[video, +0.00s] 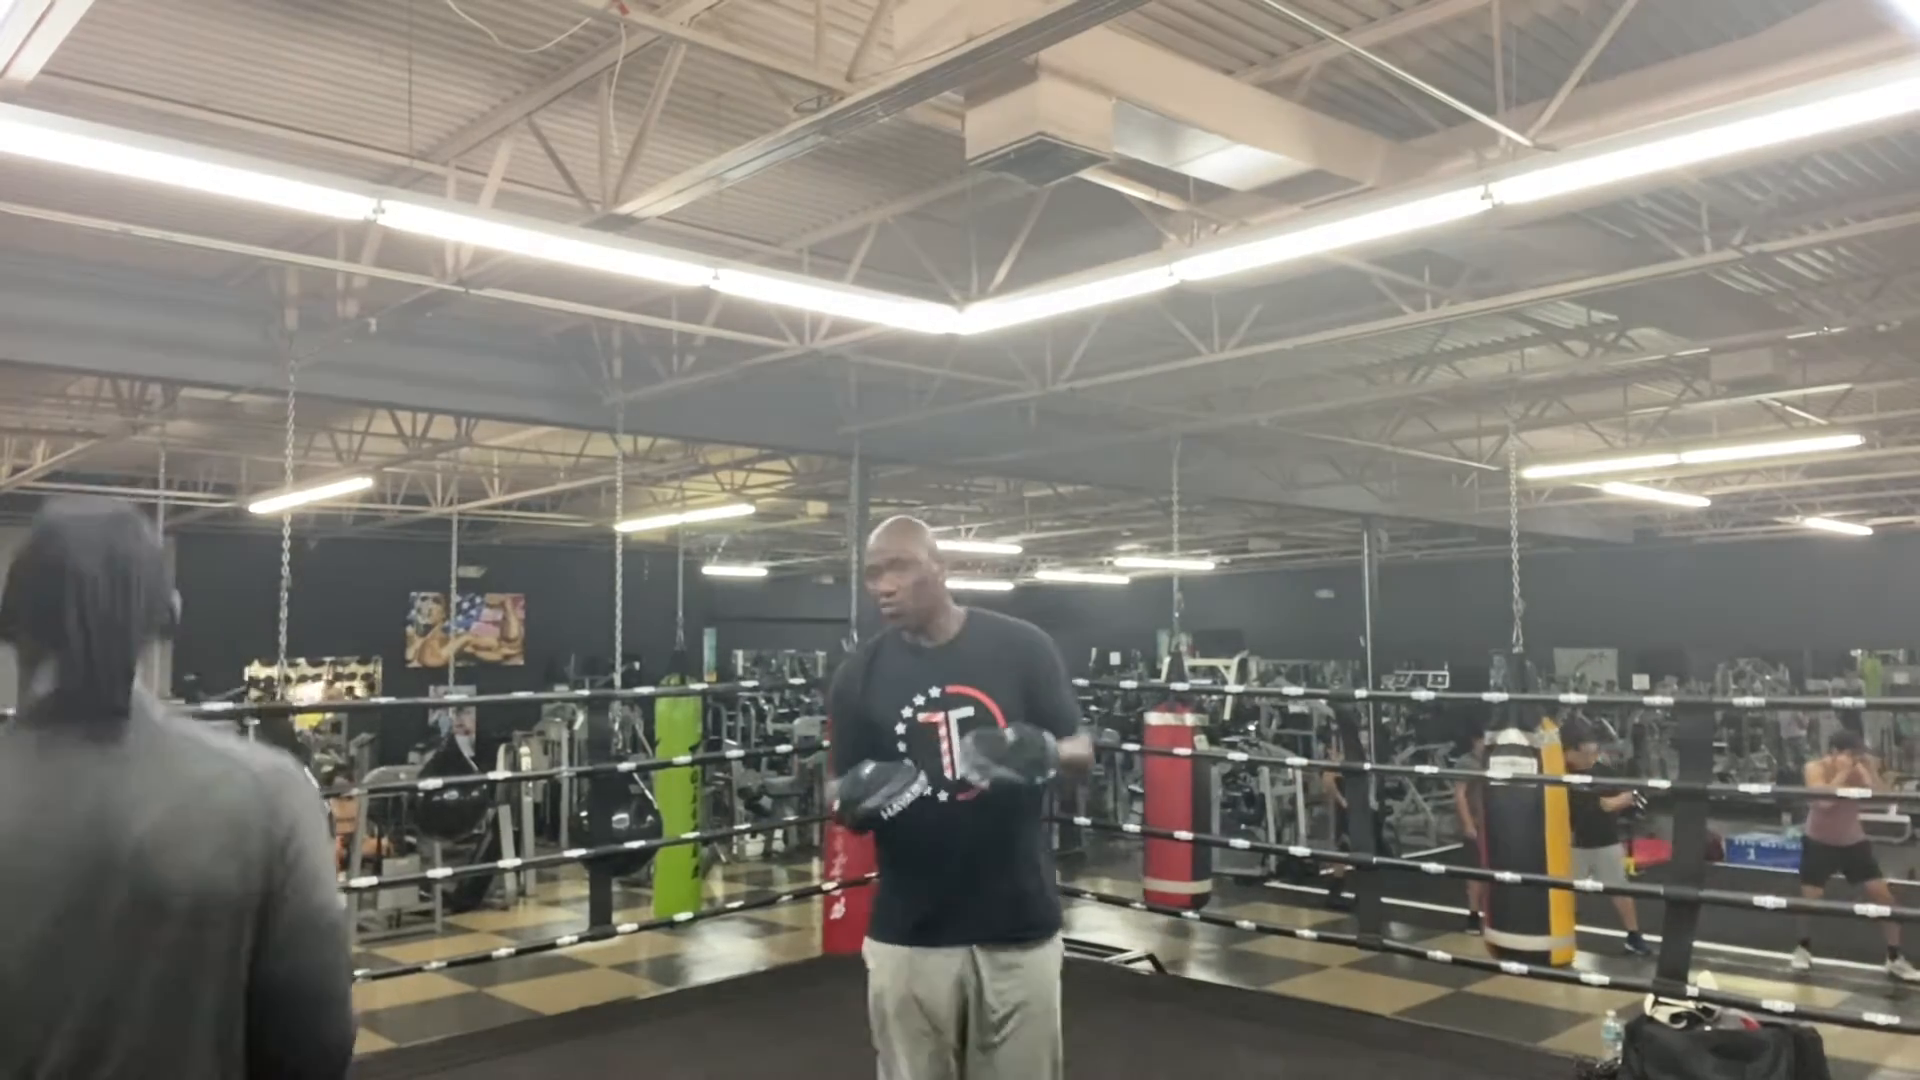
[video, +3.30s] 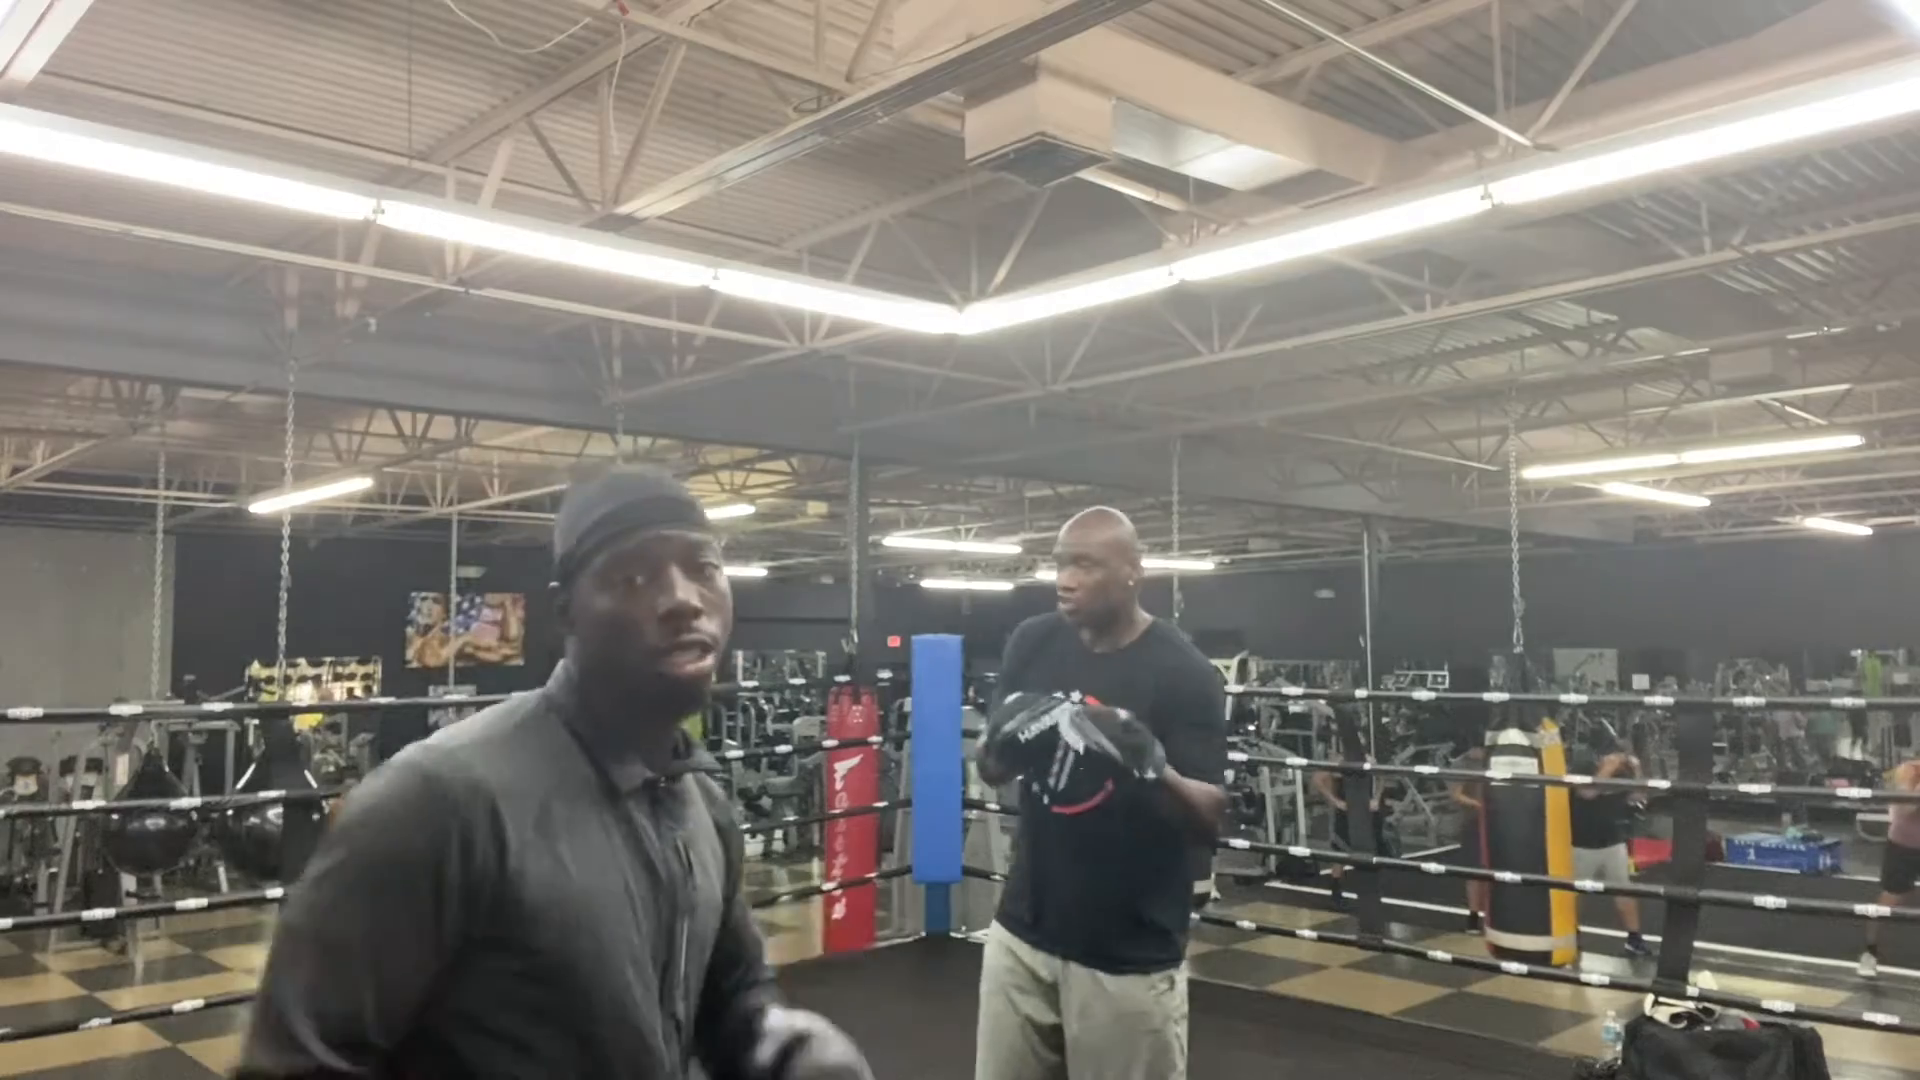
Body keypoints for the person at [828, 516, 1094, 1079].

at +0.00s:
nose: (881, 586)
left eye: (896, 568)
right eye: (873, 572)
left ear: (938, 569)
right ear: (866, 579)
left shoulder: (1025, 648)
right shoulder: (859, 675)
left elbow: (1082, 752)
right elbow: (839, 790)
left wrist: (1046, 753)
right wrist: (854, 799)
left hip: (1018, 928)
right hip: (908, 935)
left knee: (1023, 1072)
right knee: (912, 1073)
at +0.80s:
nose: (970, 565)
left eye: (983, 549)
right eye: (953, 552)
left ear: (1007, 558)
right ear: (932, 565)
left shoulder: (1069, 656)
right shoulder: (891, 665)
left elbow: (1139, 782)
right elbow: (849, 794)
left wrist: (1117, 750)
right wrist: (849, 780)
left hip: (1046, 944)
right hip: (926, 945)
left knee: (1056, 1073)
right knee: (925, 1073)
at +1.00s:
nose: (1033, 556)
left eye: (1049, 541)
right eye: (1017, 544)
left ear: (1074, 553)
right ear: (997, 558)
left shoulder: (1122, 650)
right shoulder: (954, 647)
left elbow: (1177, 784)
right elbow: (908, 764)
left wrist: (1178, 692)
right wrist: (856, 750)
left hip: (1079, 939)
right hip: (961, 934)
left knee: (1081, 1072)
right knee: (942, 1072)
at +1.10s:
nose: (1057, 561)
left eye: (1074, 546)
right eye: (1042, 547)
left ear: (1102, 556)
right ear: (1024, 560)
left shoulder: (1140, 652)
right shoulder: (980, 644)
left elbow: (1146, 804)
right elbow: (944, 768)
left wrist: (1158, 699)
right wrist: (894, 751)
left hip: (1090, 945)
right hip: (976, 936)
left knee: (1083, 1073)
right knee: (947, 1072)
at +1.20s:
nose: (1072, 565)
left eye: (1089, 550)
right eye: (1058, 551)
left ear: (1120, 559)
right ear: (1041, 562)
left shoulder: (1156, 662)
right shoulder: (1000, 637)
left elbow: (1143, 797)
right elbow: (957, 765)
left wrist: (1059, 753)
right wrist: (997, 738)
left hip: (1100, 952)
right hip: (989, 937)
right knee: (960, 1071)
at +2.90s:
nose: (1054, 580)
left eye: (1070, 566)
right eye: (1054, 565)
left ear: (1121, 576)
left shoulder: (1186, 671)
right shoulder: (1038, 648)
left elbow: (1219, 807)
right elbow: (1003, 772)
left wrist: (1151, 771)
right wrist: (1009, 745)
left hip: (1137, 947)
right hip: (1041, 931)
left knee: (1135, 1073)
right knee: (1035, 1073)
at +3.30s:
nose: (1063, 580)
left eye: (1083, 564)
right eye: (1060, 563)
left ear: (1132, 574)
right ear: (1054, 567)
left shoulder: (1187, 675)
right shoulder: (1033, 642)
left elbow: (1210, 818)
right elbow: (991, 771)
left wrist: (1151, 766)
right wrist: (1008, 742)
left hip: (1129, 962)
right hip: (1023, 942)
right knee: (1002, 1073)